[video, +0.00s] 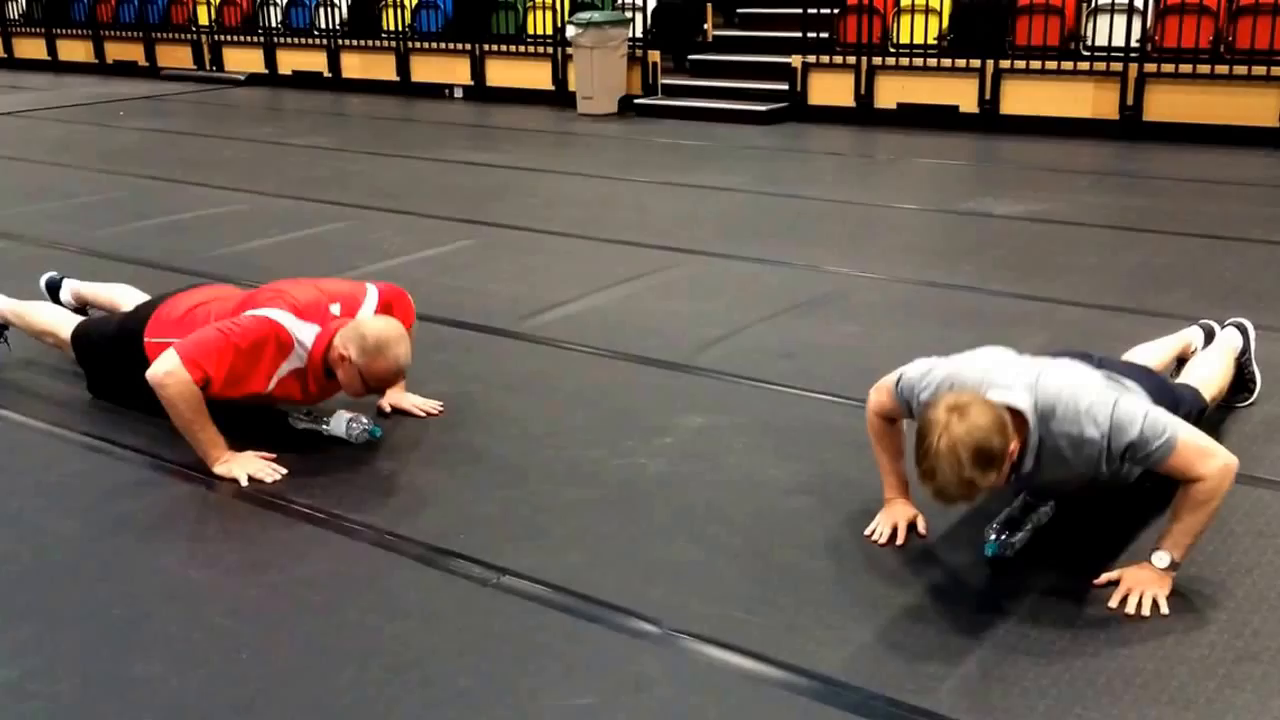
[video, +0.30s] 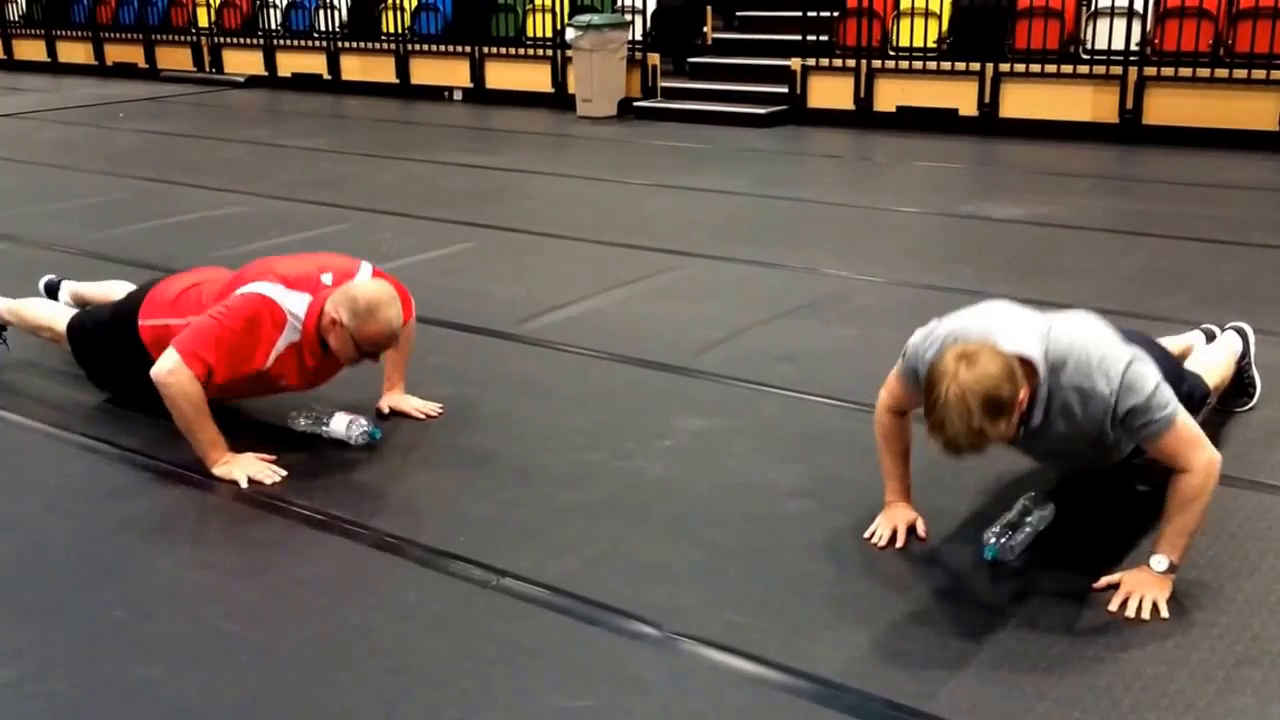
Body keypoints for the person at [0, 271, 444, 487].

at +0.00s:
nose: (371, 393)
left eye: (380, 387)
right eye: (365, 386)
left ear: (401, 336)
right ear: (342, 357)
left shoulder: (385, 306)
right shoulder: (265, 338)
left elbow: (400, 305)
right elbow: (167, 376)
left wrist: (392, 385)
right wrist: (221, 457)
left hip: (212, 304)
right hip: (151, 335)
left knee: (140, 306)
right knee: (71, 335)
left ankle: (65, 288)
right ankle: (6, 306)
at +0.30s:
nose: (364, 359)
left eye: (374, 351)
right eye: (360, 348)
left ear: (389, 322)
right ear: (332, 318)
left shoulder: (371, 292)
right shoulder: (259, 314)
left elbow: (401, 321)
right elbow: (172, 375)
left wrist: (395, 388)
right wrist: (221, 458)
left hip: (200, 290)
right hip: (146, 326)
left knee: (134, 297)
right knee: (71, 329)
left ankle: (64, 287)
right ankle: (6, 310)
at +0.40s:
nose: (365, 323)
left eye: (376, 313)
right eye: (358, 313)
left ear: (389, 284)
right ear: (327, 288)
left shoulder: (367, 266)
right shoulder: (254, 286)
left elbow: (398, 316)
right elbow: (183, 369)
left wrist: (394, 390)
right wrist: (221, 457)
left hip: (199, 274)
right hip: (146, 301)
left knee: (120, 289)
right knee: (70, 317)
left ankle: (69, 289)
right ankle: (7, 307)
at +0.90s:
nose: (363, 387)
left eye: (373, 381)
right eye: (357, 379)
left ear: (398, 336)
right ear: (337, 350)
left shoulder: (382, 303)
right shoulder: (265, 332)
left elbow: (402, 310)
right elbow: (169, 376)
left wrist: (394, 387)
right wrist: (223, 459)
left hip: (202, 304)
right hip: (148, 337)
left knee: (140, 306)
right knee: (71, 336)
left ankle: (65, 290)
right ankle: (5, 308)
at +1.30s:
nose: (361, 343)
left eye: (372, 336)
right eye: (356, 332)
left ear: (389, 313)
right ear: (332, 304)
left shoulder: (370, 276)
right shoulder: (261, 300)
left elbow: (403, 318)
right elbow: (180, 371)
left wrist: (396, 390)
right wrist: (223, 458)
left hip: (203, 277)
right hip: (149, 307)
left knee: (128, 288)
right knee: (69, 319)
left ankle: (64, 286)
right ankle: (6, 309)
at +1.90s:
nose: (368, 410)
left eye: (381, 404)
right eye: (363, 403)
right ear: (343, 372)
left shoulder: (389, 313)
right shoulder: (271, 345)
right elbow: (168, 376)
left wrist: (388, 394)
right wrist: (223, 457)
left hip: (223, 308)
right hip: (160, 337)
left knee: (142, 310)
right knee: (74, 339)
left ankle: (68, 289)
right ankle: (5, 306)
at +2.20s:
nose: (350, 358)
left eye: (364, 356)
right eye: (349, 349)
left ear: (390, 322)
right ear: (332, 317)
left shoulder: (374, 291)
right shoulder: (259, 312)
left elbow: (400, 317)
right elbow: (172, 374)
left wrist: (393, 388)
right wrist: (222, 457)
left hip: (200, 285)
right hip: (147, 322)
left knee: (133, 293)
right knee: (73, 326)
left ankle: (65, 286)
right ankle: (6, 307)